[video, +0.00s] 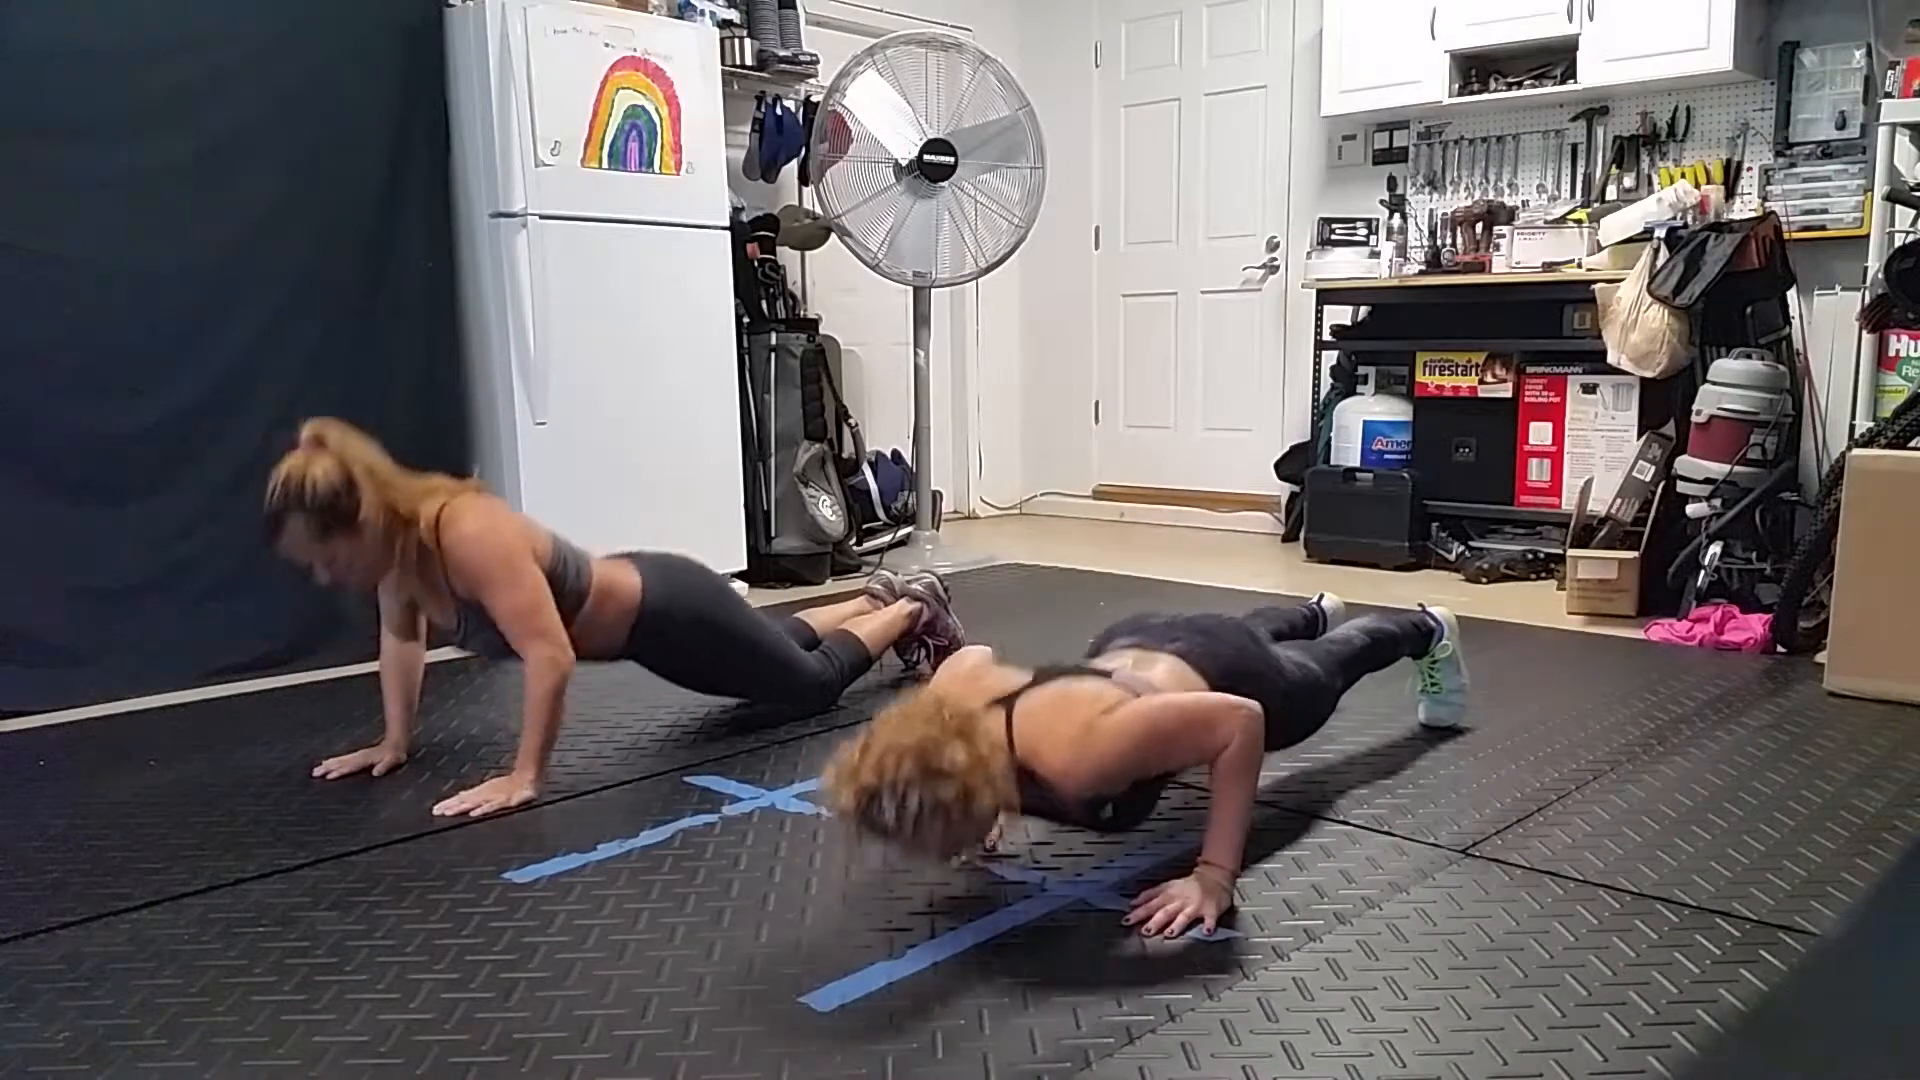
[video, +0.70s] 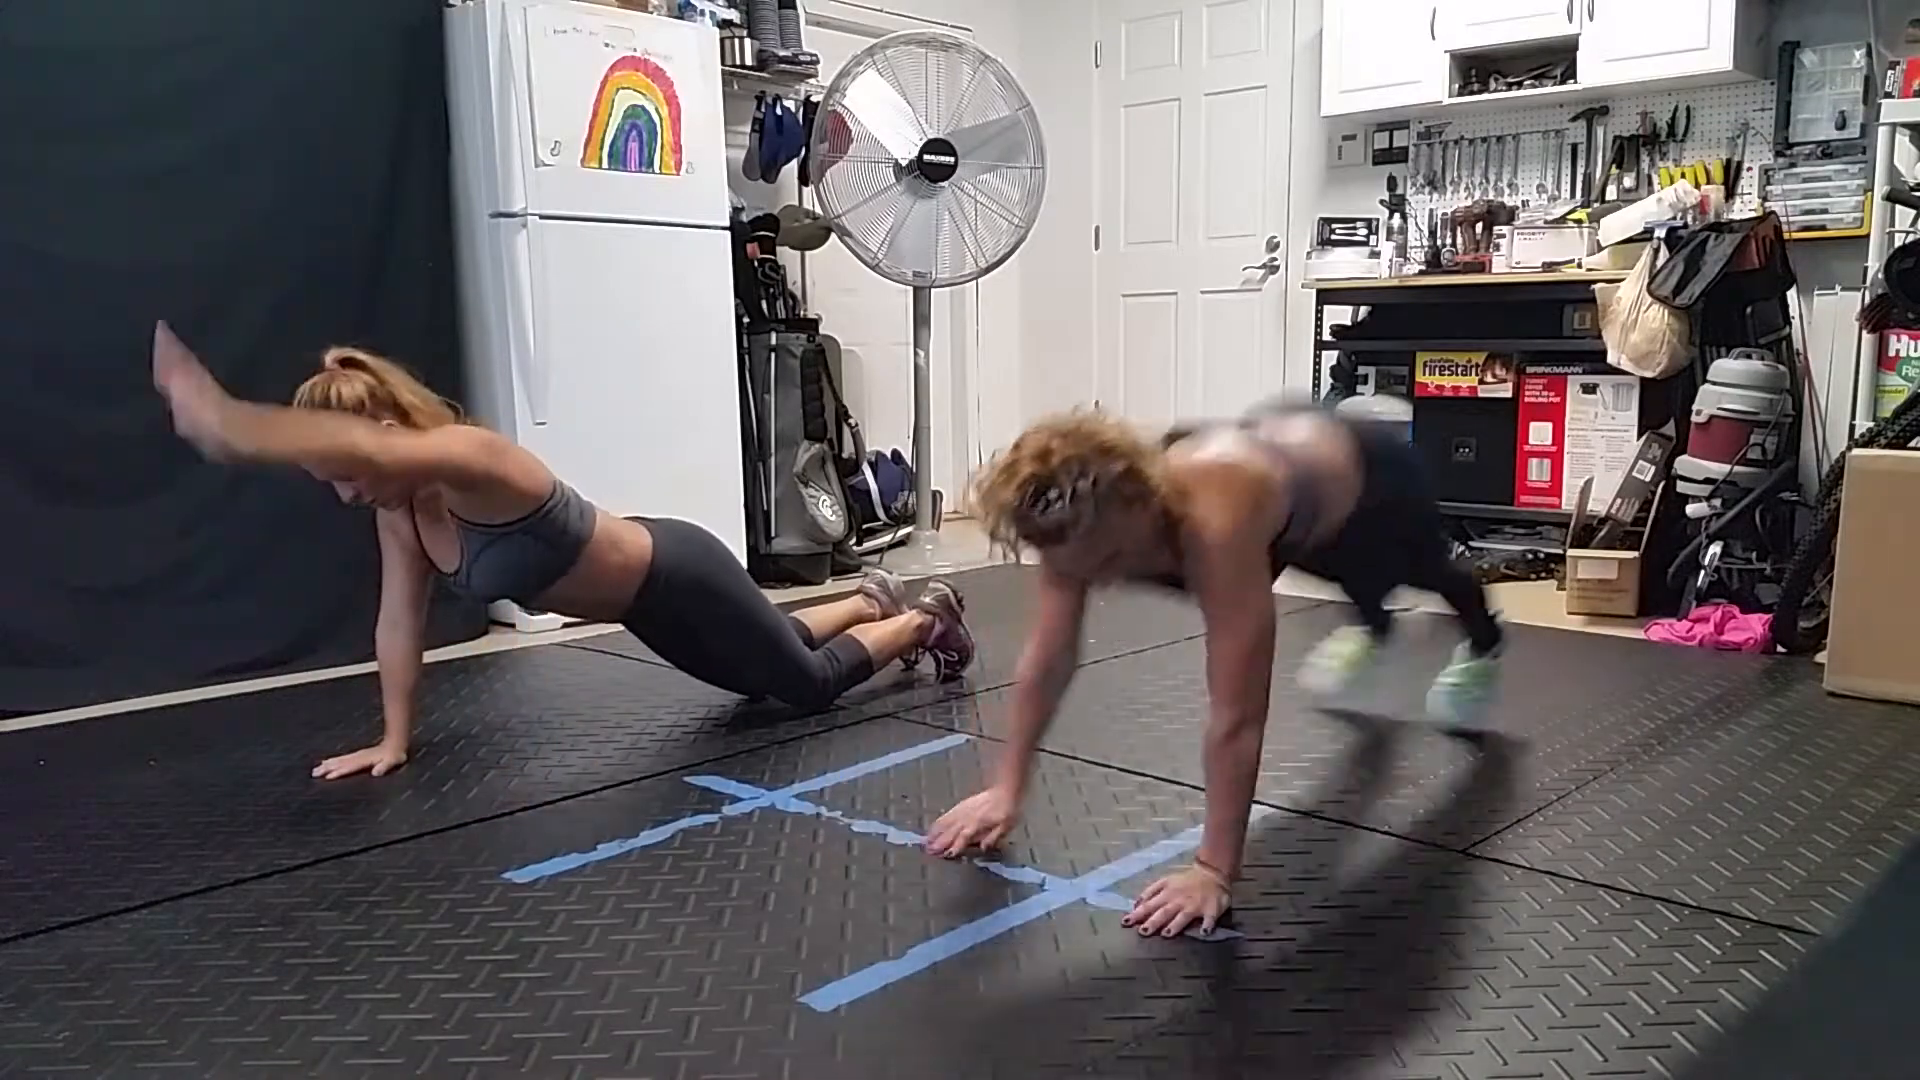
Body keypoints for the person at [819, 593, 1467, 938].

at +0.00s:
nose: (926, 852)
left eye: (928, 840)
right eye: (913, 842)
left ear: (956, 808)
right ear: (908, 737)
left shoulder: (1090, 751)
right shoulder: (944, 708)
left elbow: (1240, 724)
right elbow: (976, 657)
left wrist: (1214, 875)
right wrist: (988, 801)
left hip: (1226, 668)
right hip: (1132, 644)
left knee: (1332, 654)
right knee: (1237, 623)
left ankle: (1416, 626)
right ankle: (1312, 607)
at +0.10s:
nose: (932, 781)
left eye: (931, 771)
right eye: (916, 775)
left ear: (954, 743)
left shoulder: (1079, 706)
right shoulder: (958, 664)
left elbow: (1245, 725)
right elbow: (965, 714)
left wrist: (1215, 875)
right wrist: (978, 795)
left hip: (1230, 658)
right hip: (1141, 621)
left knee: (1337, 649)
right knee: (1251, 616)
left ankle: (1425, 626)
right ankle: (1321, 607)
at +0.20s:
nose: (936, 721)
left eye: (935, 705)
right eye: (922, 711)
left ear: (965, 678)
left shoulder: (1087, 657)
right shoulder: (968, 627)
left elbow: (1244, 722)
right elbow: (983, 695)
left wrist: (1215, 874)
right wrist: (982, 796)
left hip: (1238, 649)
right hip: (1159, 612)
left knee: (1346, 649)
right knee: (1256, 614)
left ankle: (1433, 626)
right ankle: (1321, 608)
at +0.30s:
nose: (962, 669)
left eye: (964, 651)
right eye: (950, 657)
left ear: (997, 613)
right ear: (971, 616)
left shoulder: (1107, 611)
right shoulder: (985, 614)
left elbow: (1246, 718)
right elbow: (988, 691)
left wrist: (1214, 872)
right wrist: (984, 797)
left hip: (1246, 634)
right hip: (1177, 620)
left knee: (1338, 692)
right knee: (1260, 614)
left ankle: (1435, 629)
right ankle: (1316, 607)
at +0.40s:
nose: (1003, 634)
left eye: (1018, 617)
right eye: (987, 618)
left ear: (1046, 577)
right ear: (975, 597)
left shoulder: (1143, 569)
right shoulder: (987, 589)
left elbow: (1252, 717)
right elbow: (993, 680)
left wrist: (1216, 871)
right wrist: (986, 799)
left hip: (1255, 641)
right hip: (1179, 654)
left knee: (1338, 714)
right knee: (1264, 625)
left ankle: (1439, 635)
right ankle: (1316, 610)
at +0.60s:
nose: (1100, 609)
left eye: (1102, 584)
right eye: (1076, 598)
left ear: (1122, 537)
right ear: (1041, 576)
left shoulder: (1194, 540)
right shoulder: (1034, 560)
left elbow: (1258, 721)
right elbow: (1010, 676)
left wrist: (1216, 873)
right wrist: (985, 802)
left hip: (1331, 580)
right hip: (1244, 596)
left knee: (1383, 662)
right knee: (1271, 648)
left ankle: (1460, 639)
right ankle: (1308, 663)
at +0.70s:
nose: (1081, 574)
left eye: (1088, 554)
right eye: (1067, 562)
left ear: (1124, 510)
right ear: (1051, 542)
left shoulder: (1220, 510)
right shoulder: (1075, 528)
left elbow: (1238, 719)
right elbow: (1047, 663)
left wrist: (1215, 869)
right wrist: (1005, 788)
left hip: (1369, 469)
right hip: (1292, 484)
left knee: (1433, 569)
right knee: (1352, 573)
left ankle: (1487, 639)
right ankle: (1378, 624)